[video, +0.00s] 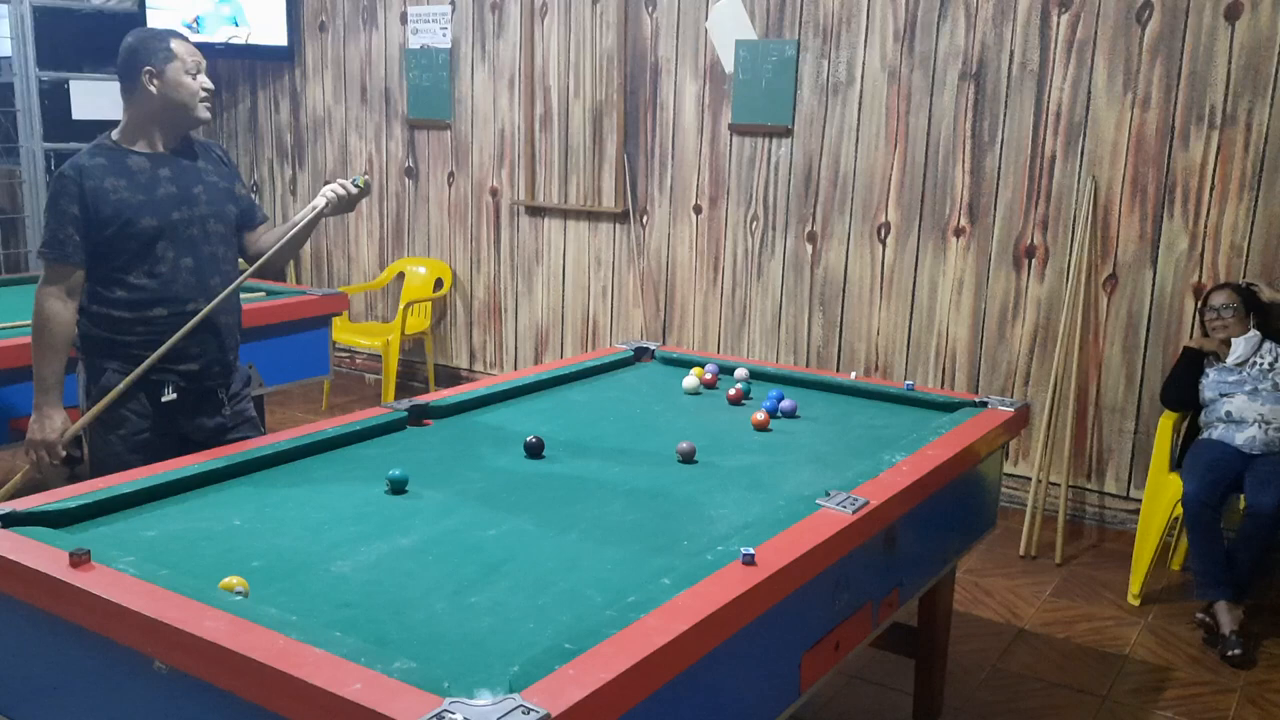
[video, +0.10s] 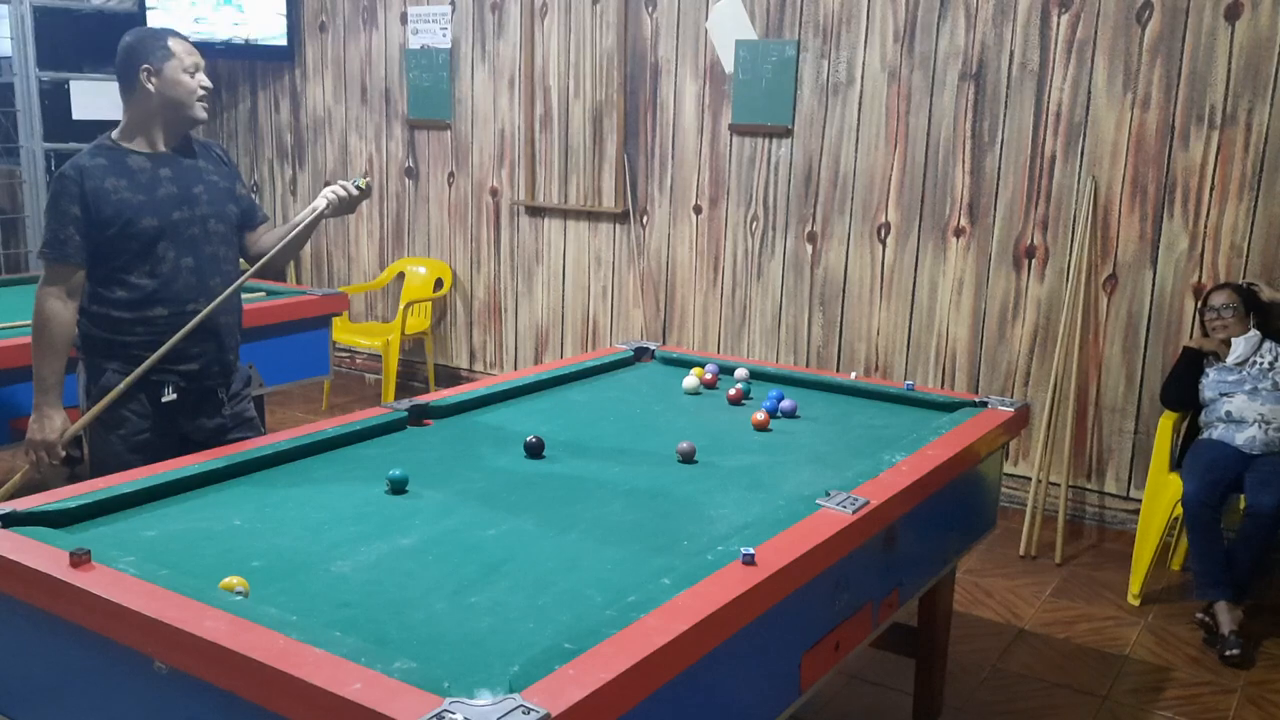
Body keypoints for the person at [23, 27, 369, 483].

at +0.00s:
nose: (209, 84)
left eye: (206, 73)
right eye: (195, 72)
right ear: (152, 79)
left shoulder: (213, 160)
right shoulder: (83, 177)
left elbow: (264, 255)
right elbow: (59, 293)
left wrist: (320, 206)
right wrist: (46, 407)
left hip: (222, 393)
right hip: (128, 402)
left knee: (248, 539)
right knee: (138, 548)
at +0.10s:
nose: (207, 83)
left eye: (204, 72)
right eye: (193, 70)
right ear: (150, 77)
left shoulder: (214, 161)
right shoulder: (84, 176)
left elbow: (263, 251)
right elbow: (60, 293)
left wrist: (318, 209)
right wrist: (46, 407)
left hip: (222, 393)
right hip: (129, 401)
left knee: (250, 538)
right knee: (137, 547)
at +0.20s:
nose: (208, 86)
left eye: (205, 75)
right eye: (194, 73)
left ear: (154, 79)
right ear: (150, 78)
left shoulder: (214, 161)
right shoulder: (84, 177)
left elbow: (264, 255)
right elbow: (60, 293)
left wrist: (318, 210)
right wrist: (47, 407)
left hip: (223, 394)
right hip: (129, 403)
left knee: (247, 540)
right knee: (136, 547)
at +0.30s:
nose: (209, 90)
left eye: (206, 79)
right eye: (196, 76)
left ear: (155, 80)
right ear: (152, 79)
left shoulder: (213, 160)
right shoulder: (83, 176)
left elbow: (264, 254)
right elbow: (60, 293)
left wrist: (319, 209)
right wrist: (48, 407)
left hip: (223, 393)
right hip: (129, 402)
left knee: (251, 539)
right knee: (137, 548)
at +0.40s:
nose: (210, 92)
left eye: (208, 81)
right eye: (198, 78)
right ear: (154, 80)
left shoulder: (214, 162)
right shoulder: (84, 178)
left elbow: (263, 253)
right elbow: (61, 293)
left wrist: (320, 209)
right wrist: (49, 407)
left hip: (223, 393)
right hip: (129, 403)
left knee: (248, 545)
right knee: (137, 545)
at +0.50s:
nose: (211, 92)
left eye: (209, 81)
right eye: (199, 79)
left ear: (158, 82)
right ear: (155, 81)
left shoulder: (214, 162)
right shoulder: (84, 177)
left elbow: (264, 253)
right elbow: (61, 293)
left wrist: (321, 208)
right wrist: (48, 407)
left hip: (223, 394)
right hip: (128, 403)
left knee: (251, 539)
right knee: (137, 547)